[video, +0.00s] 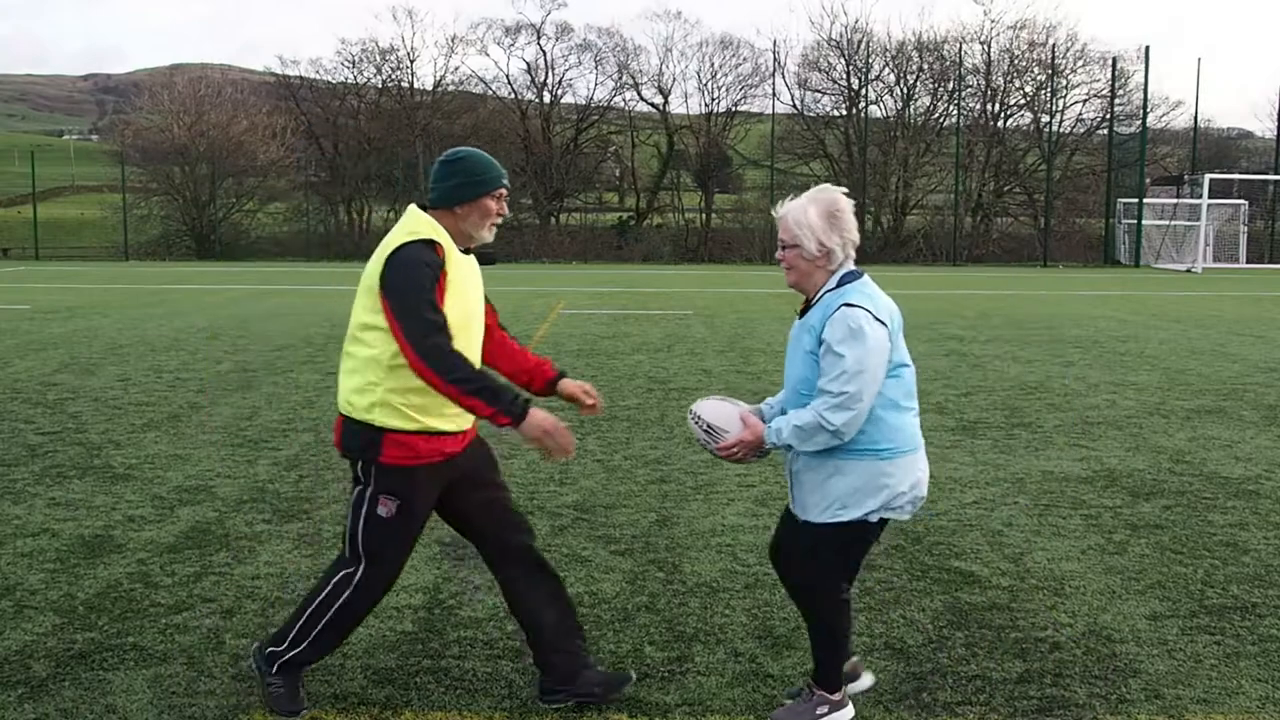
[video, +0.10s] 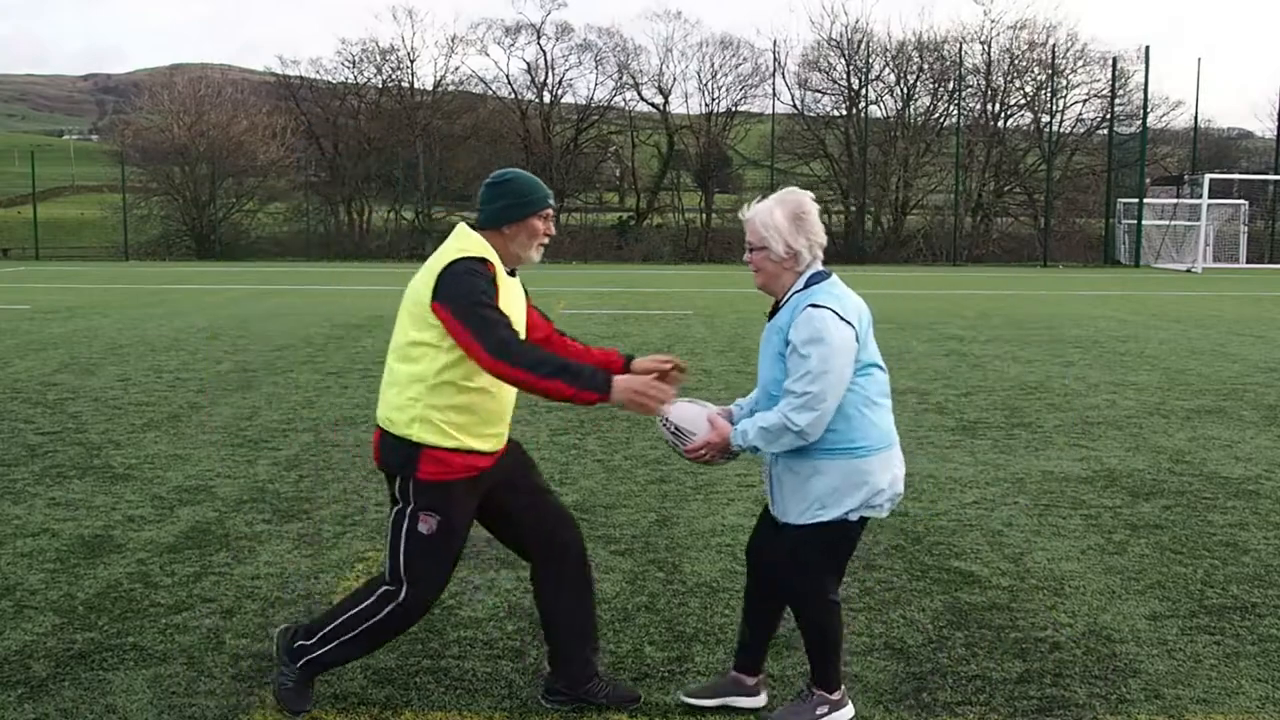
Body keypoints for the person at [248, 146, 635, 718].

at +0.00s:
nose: (503, 211)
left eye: (504, 199)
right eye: (494, 200)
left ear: (463, 202)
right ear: (458, 202)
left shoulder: (456, 255)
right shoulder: (412, 256)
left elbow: (488, 336)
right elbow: (435, 358)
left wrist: (555, 381)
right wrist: (522, 412)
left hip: (453, 439)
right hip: (394, 444)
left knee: (514, 550)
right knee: (366, 571)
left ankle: (566, 674)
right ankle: (280, 659)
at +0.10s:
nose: (550, 231)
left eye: (552, 219)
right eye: (542, 219)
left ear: (508, 225)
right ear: (507, 221)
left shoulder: (499, 275)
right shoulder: (461, 272)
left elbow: (546, 341)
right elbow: (506, 355)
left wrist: (625, 365)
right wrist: (608, 390)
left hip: (483, 446)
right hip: (429, 451)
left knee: (558, 543)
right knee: (408, 590)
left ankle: (574, 678)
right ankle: (302, 651)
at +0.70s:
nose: (492, 210)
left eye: (494, 200)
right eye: (486, 198)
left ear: (452, 199)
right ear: (451, 196)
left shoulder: (447, 246)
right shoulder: (409, 249)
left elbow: (469, 334)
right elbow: (447, 343)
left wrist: (548, 364)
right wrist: (547, 365)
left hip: (459, 435)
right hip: (406, 438)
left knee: (520, 544)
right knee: (400, 575)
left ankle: (573, 673)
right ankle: (299, 665)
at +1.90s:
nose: (238, 182)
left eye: (241, 172)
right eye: (229, 171)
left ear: (216, 175)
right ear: (190, 170)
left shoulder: (206, 227)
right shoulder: (146, 227)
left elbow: (199, 321)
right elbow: (117, 337)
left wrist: (236, 383)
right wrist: (170, 423)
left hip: (195, 410)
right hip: (135, 415)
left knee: (207, 533)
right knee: (139, 551)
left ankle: (205, 643)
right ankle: (117, 684)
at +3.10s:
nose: (296, 181)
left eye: (299, 170)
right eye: (287, 169)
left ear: (267, 171)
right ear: (249, 168)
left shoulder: (257, 223)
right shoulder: (205, 225)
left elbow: (262, 316)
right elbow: (185, 336)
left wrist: (292, 389)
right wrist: (230, 427)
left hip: (250, 410)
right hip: (205, 416)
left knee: (251, 538)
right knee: (228, 551)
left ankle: (218, 642)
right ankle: (219, 692)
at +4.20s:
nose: (314, 174)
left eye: (315, 164)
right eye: (304, 163)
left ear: (284, 167)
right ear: (265, 164)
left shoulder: (279, 222)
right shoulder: (222, 223)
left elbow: (285, 318)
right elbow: (212, 333)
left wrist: (310, 392)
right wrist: (253, 428)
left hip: (277, 416)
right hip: (221, 420)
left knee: (279, 548)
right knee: (223, 555)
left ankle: (266, 664)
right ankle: (210, 678)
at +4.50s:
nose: (305, 175)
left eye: (307, 165)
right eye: (296, 164)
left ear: (280, 167)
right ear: (256, 164)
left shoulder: (272, 222)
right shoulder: (213, 224)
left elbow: (276, 319)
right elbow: (202, 335)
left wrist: (304, 390)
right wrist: (243, 428)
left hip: (273, 416)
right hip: (216, 421)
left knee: (276, 548)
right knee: (217, 556)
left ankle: (267, 665)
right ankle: (210, 679)